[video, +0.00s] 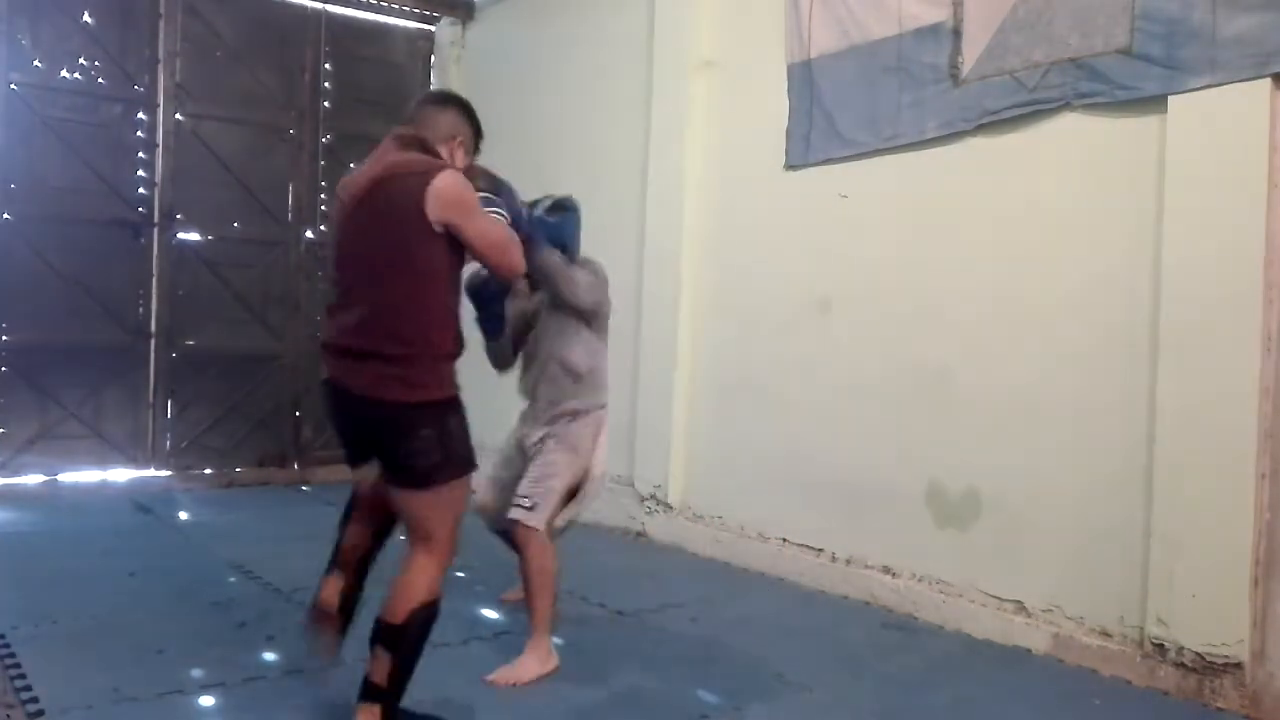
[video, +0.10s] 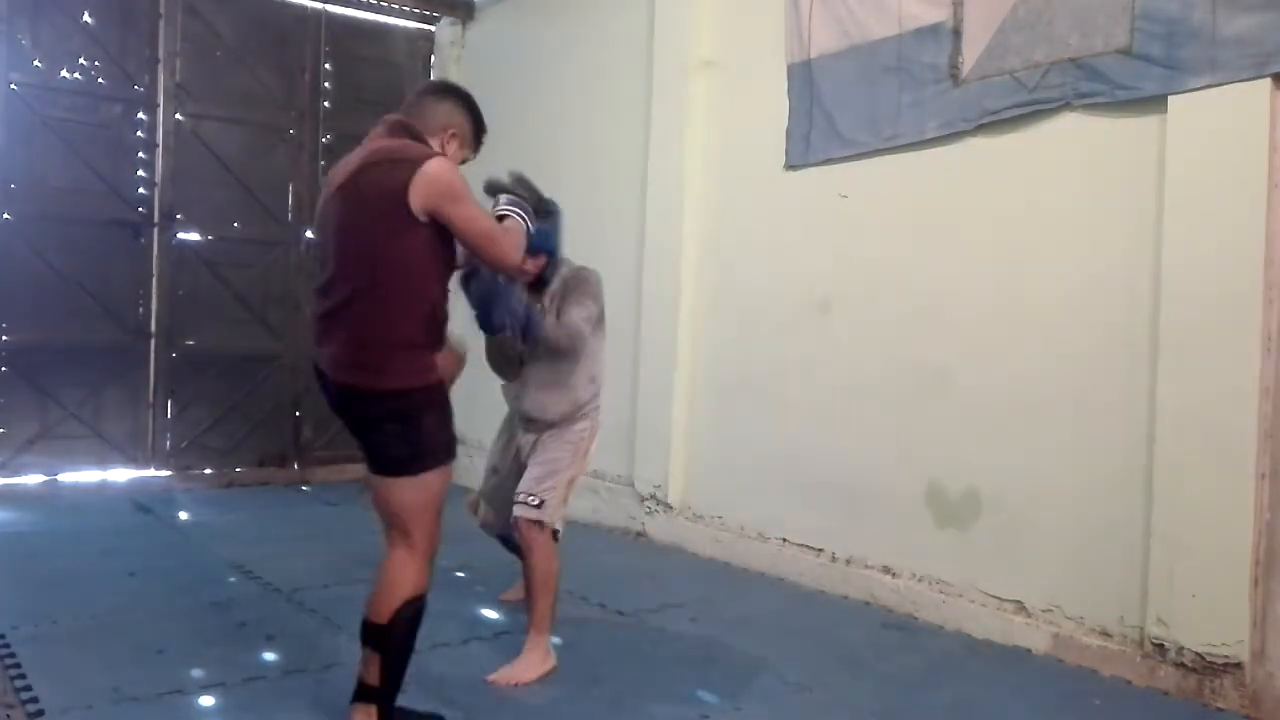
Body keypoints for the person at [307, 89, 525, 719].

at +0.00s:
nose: (466, 165)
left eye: (469, 157)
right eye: (468, 156)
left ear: (407, 131)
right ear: (451, 143)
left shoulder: (354, 182)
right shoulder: (441, 185)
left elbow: (394, 253)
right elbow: (510, 262)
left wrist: (460, 211)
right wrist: (492, 217)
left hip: (349, 387)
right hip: (417, 397)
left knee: (381, 481)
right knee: (431, 546)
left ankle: (335, 596)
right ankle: (377, 703)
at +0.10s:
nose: (459, 160)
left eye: (464, 153)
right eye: (464, 150)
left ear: (405, 120)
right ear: (447, 137)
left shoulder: (347, 169)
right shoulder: (432, 174)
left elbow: (398, 257)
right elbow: (508, 256)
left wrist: (466, 246)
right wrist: (513, 218)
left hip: (344, 371)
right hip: (397, 384)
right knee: (409, 544)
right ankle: (373, 701)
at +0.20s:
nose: (462, 162)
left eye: (466, 153)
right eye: (465, 150)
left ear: (407, 121)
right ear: (448, 136)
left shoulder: (346, 169)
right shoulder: (426, 176)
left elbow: (392, 263)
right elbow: (502, 259)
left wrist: (466, 264)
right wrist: (512, 204)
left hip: (341, 369)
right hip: (388, 383)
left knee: (457, 331)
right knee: (405, 545)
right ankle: (371, 702)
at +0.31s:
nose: (453, 168)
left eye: (459, 159)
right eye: (457, 155)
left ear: (395, 124)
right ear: (442, 142)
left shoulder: (321, 173)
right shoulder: (420, 190)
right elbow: (478, 274)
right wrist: (493, 205)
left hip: (323, 376)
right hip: (378, 388)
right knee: (394, 545)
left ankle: (455, 368)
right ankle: (368, 701)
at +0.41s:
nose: (439, 166)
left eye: (445, 156)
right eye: (442, 153)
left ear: (381, 124)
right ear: (425, 140)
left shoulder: (312, 170)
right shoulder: (416, 200)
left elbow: (364, 254)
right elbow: (452, 276)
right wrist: (471, 218)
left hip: (309, 374)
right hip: (372, 385)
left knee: (384, 525)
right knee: (385, 545)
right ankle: (368, 702)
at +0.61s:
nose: (416, 198)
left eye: (422, 193)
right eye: (420, 191)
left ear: (375, 148)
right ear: (407, 169)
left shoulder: (291, 175)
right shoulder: (389, 206)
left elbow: (289, 258)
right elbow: (402, 303)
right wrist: (420, 249)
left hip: (273, 387)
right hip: (341, 395)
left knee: (306, 515)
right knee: (378, 544)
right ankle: (365, 704)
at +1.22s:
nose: (338, 214)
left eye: (343, 207)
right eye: (343, 203)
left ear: (315, 164)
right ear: (331, 178)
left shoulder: (243, 193)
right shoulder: (292, 201)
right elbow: (344, 295)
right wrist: (377, 239)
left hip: (215, 394)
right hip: (269, 399)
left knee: (236, 520)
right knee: (306, 553)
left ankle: (147, 651)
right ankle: (270, 705)